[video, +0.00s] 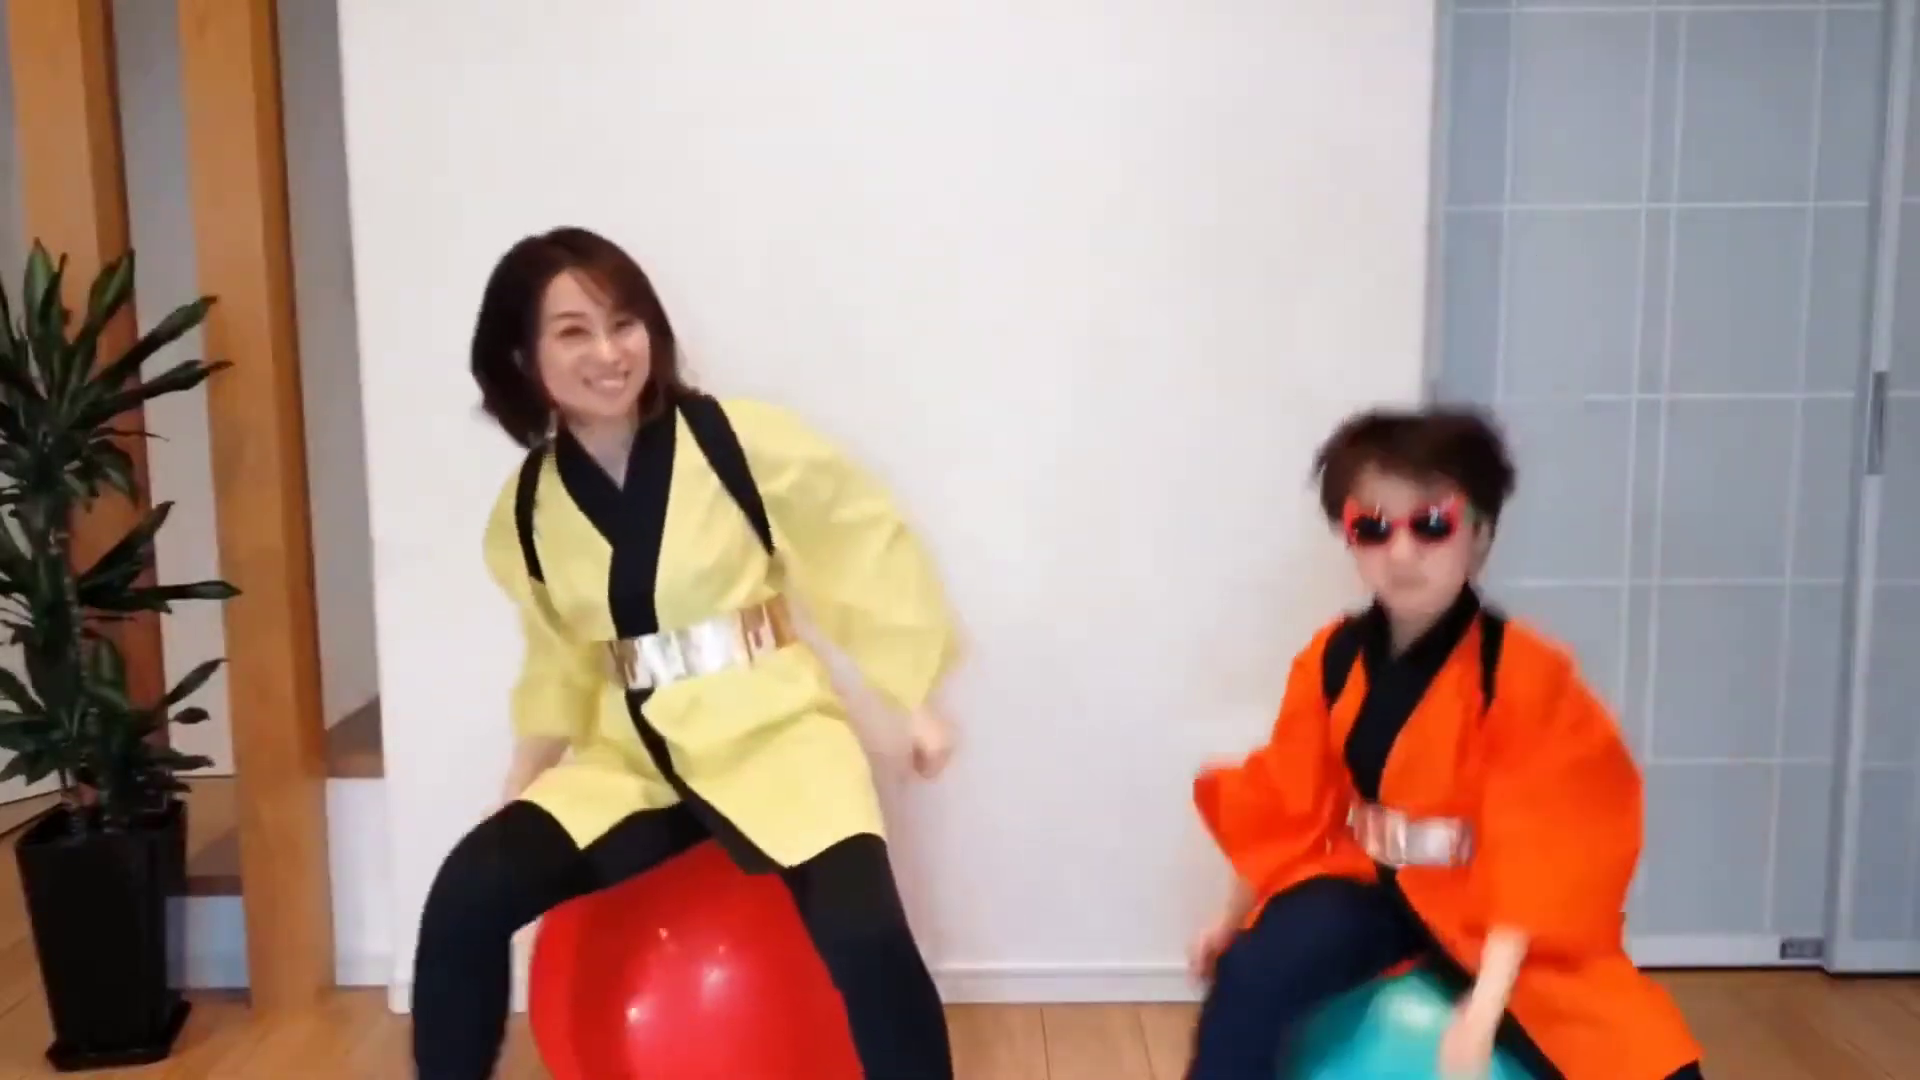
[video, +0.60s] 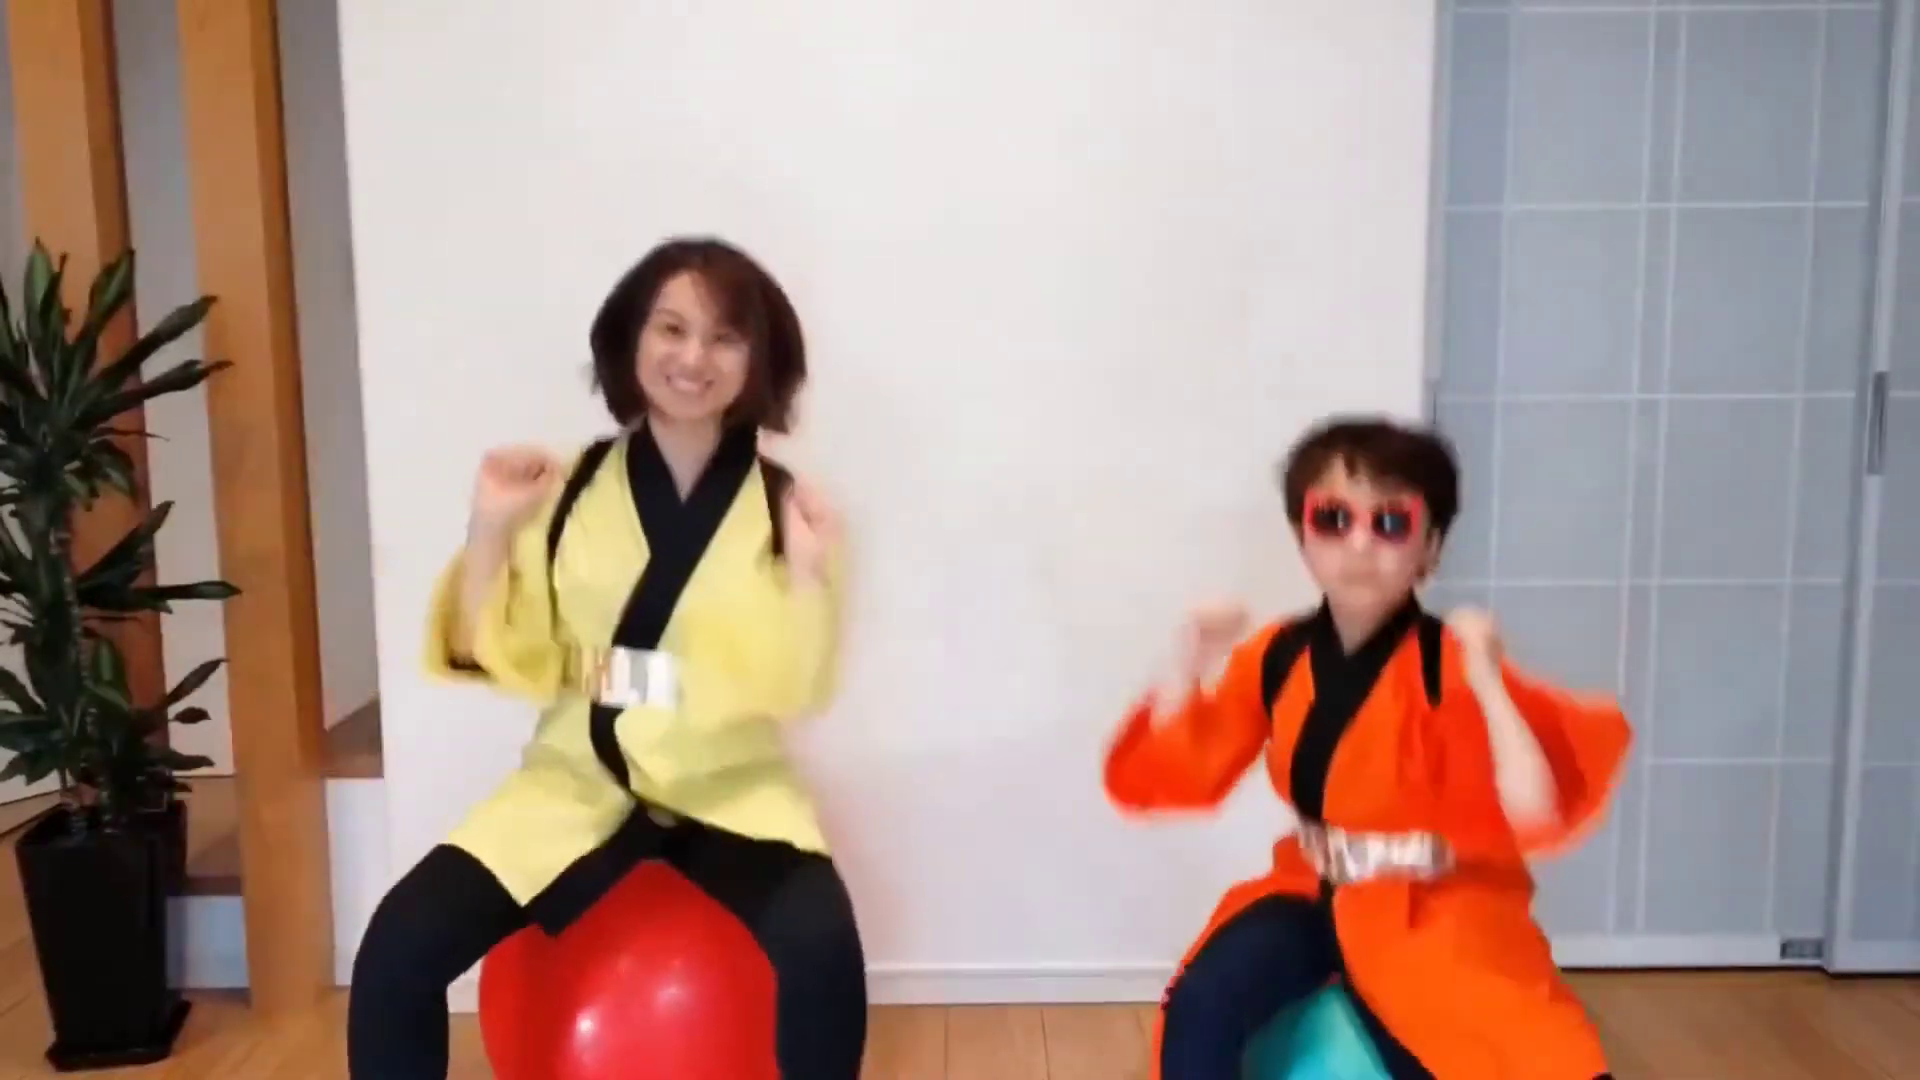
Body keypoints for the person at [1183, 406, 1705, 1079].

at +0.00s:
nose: (1401, 552)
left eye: (1432, 523)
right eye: (1372, 527)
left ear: (1483, 536)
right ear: (1347, 542)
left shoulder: (1528, 677)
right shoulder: (1333, 661)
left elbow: (1540, 851)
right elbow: (1287, 805)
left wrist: (1481, 1018)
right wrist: (1232, 918)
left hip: (1498, 909)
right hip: (1375, 892)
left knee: (1652, 1058)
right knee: (1251, 970)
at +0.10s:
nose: (1368, 578)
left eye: (1401, 554)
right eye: (1343, 554)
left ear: (1453, 577)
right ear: (1322, 572)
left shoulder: (1476, 713)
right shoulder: (1312, 696)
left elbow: (1469, 899)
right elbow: (1273, 834)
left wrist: (1445, 1065)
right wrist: (1226, 953)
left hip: (1479, 944)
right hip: (1369, 920)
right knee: (1204, 989)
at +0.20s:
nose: (1347, 470)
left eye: (1381, 449)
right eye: (1323, 447)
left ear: (1431, 483)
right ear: (1299, 471)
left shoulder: (1444, 611)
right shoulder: (1284, 610)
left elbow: (1417, 784)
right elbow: (1220, 752)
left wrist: (1383, 958)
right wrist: (1144, 881)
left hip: (1461, 874)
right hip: (1344, 860)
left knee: (1588, 1051)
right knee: (1194, 998)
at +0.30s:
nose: (1342, 383)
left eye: (1375, 362)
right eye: (1317, 362)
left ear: (1424, 395)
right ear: (1292, 388)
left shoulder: (1442, 520)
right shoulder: (1273, 524)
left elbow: (1409, 649)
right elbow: (1185, 628)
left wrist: (1342, 757)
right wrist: (1060, 702)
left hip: (1463, 811)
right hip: (1325, 796)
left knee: (1591, 1035)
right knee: (1199, 989)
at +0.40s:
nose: (1345, 370)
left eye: (1376, 348)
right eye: (1319, 350)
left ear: (1423, 376)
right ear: (1293, 374)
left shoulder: (1446, 495)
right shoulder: (1272, 505)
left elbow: (1498, 599)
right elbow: (1172, 589)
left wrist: (1378, 554)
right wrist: (1064, 580)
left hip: (1454, 779)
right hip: (1326, 773)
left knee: (1555, 1006)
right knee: (1212, 970)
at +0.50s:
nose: (1353, 436)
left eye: (1382, 415)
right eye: (1325, 412)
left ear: (1425, 434)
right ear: (1294, 430)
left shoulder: (1450, 554)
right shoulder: (1273, 560)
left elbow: (1498, 681)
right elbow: (1162, 657)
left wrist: (1431, 548)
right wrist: (1118, 570)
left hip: (1445, 827)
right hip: (1321, 820)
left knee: (1543, 1036)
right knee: (1209, 984)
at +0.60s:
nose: (1360, 542)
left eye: (1392, 520)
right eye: (1332, 517)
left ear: (1432, 550)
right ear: (1302, 542)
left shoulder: (1456, 662)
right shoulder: (1276, 657)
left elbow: (1541, 821)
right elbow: (1162, 782)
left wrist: (1489, 682)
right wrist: (1182, 678)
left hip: (1438, 903)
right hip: (1316, 896)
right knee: (1202, 1005)